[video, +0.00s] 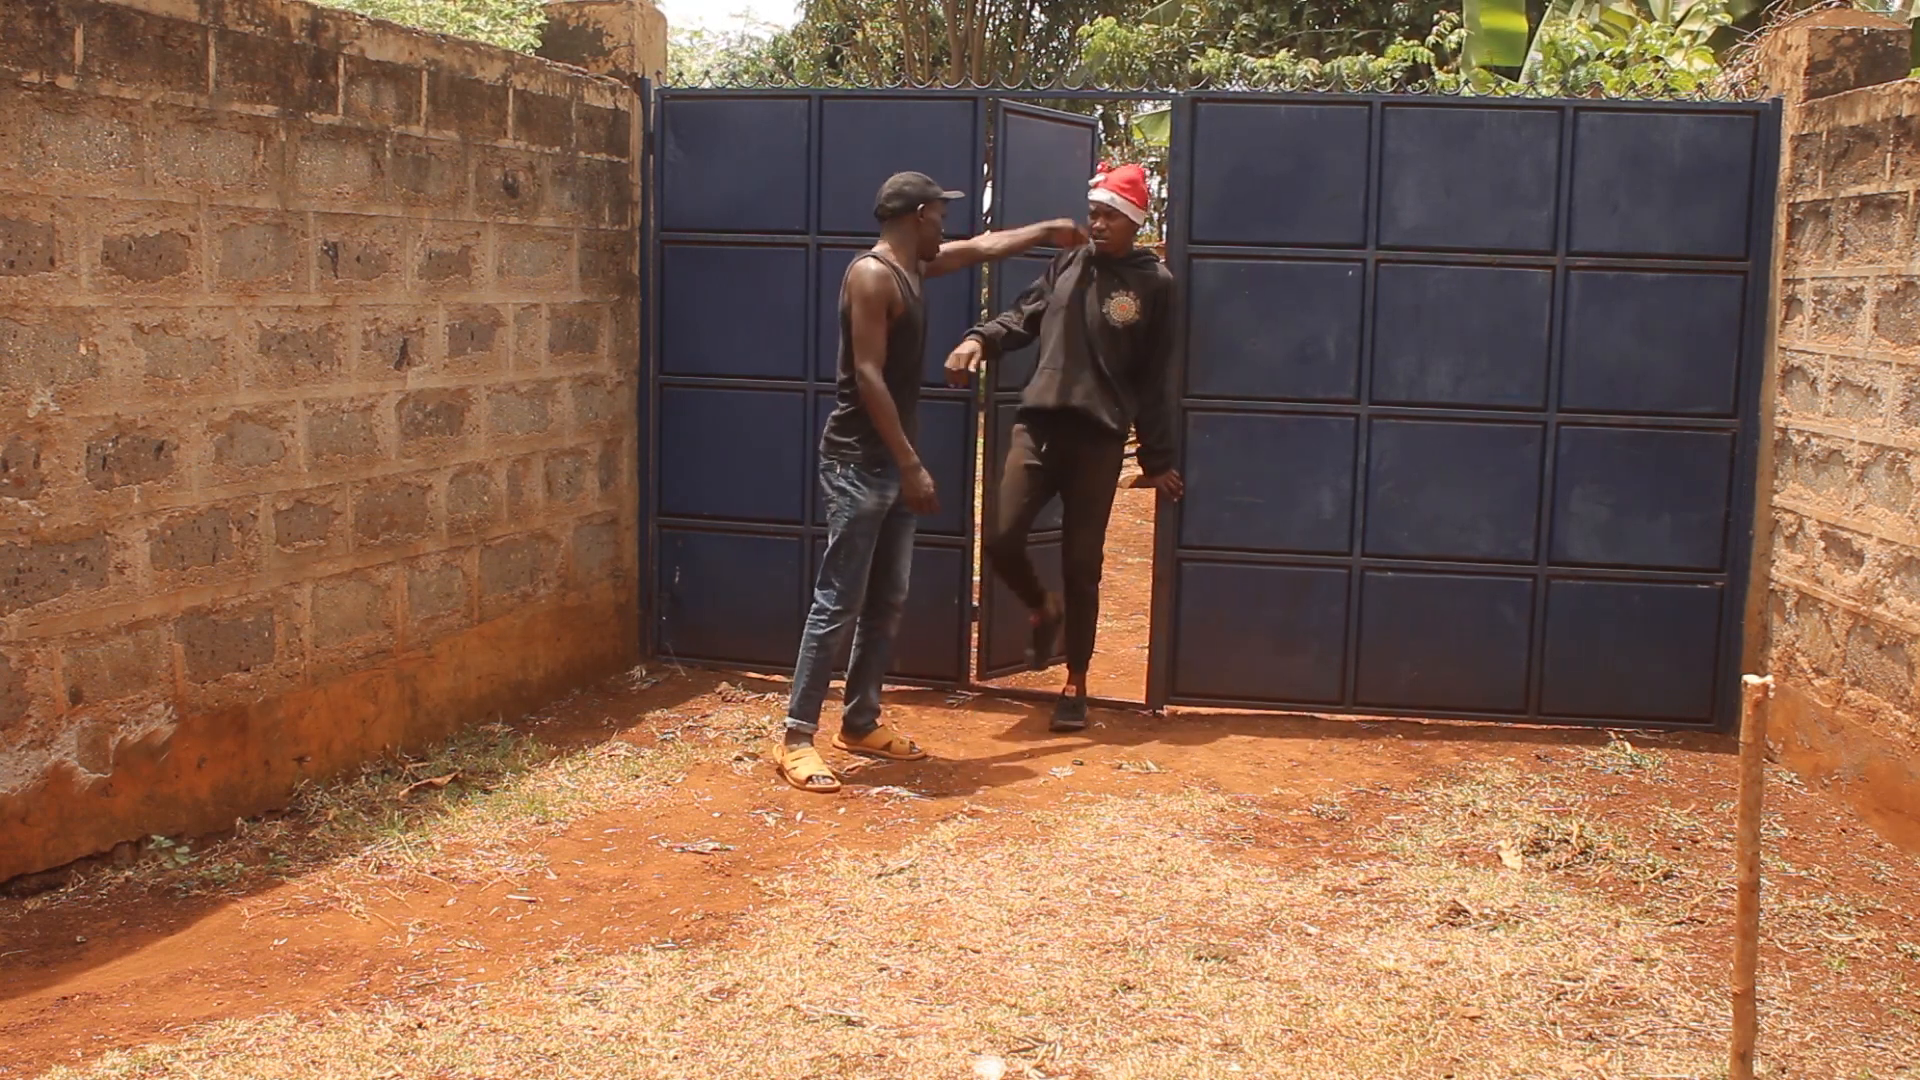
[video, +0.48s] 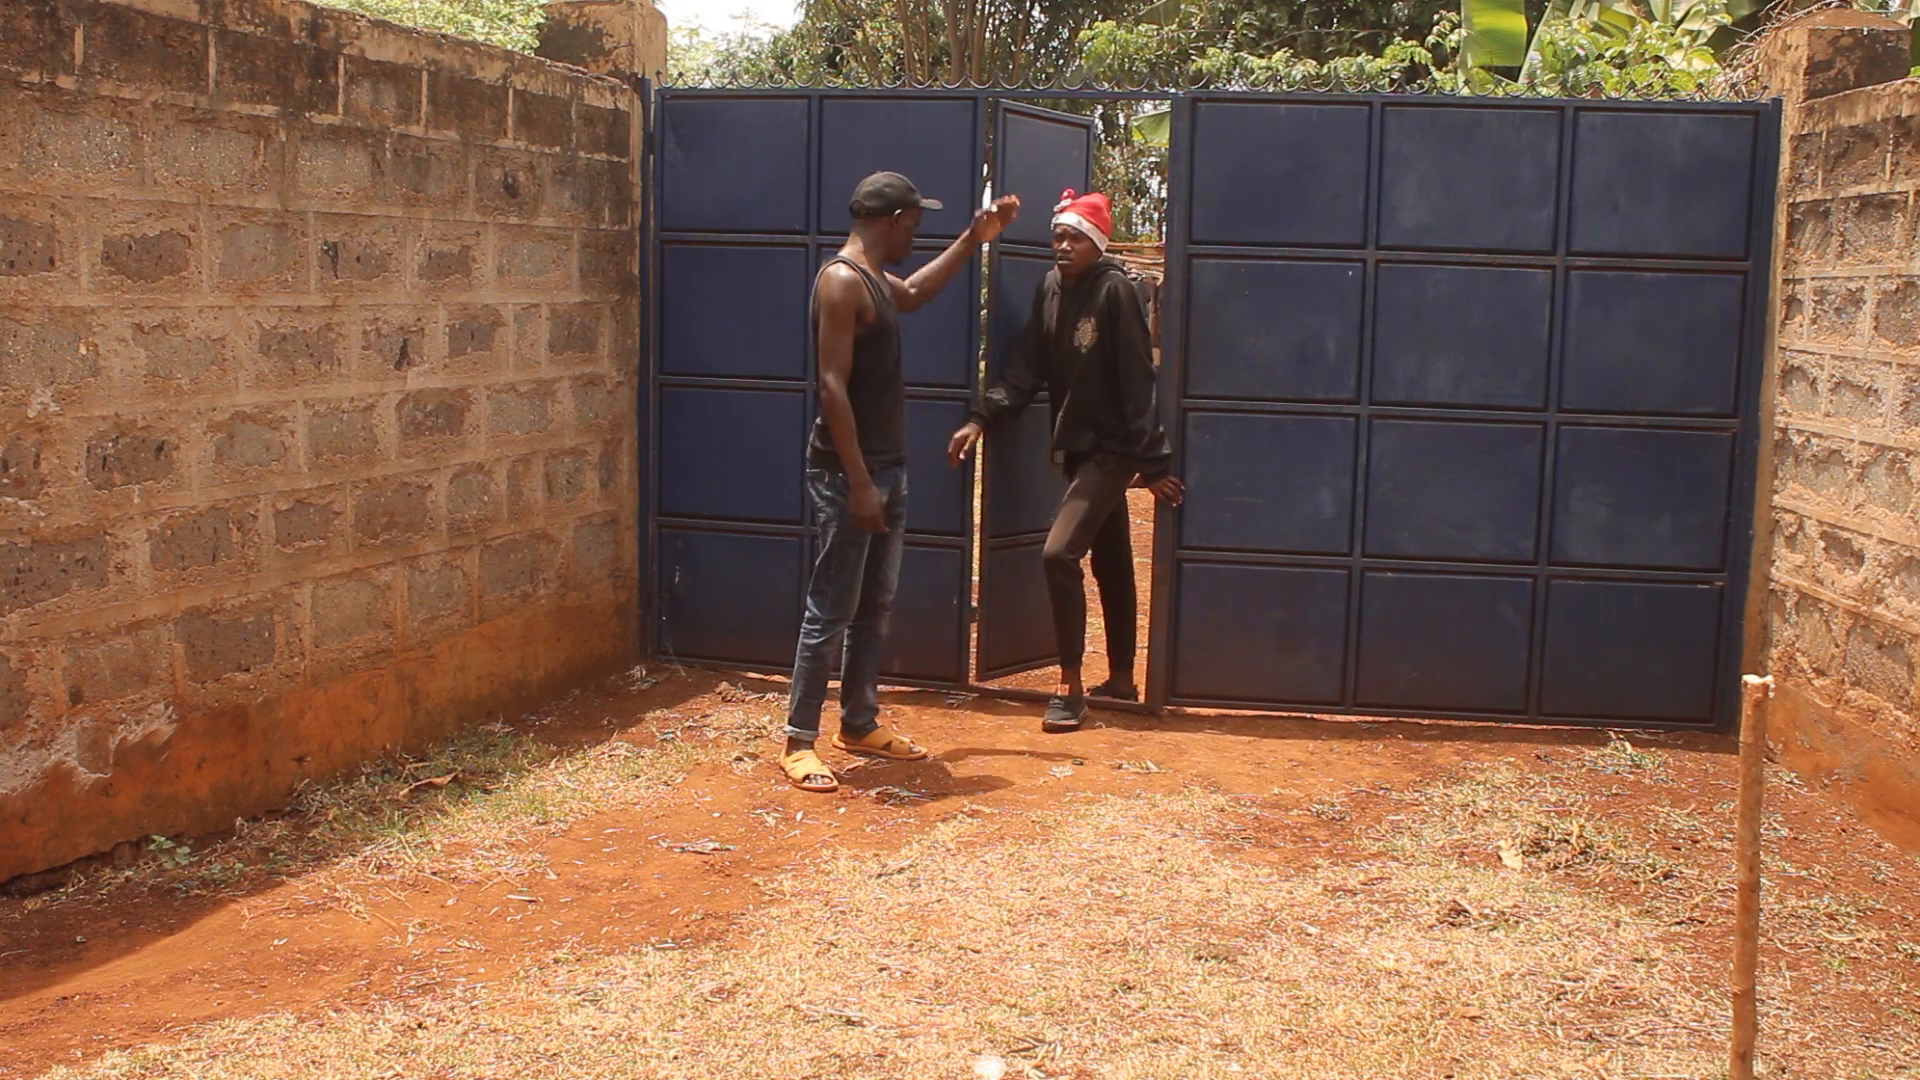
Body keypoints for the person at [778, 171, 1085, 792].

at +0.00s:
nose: (945, 225)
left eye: (944, 216)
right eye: (941, 214)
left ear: (913, 217)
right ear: (920, 216)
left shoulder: (914, 265)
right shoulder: (872, 275)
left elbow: (984, 246)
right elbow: (868, 376)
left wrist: (1049, 230)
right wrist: (910, 465)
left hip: (897, 459)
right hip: (857, 459)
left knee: (887, 600)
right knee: (836, 602)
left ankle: (862, 726)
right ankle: (797, 739)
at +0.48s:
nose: (916, 233)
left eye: (918, 225)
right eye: (915, 223)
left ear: (881, 219)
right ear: (893, 219)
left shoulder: (875, 275)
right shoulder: (841, 280)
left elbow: (912, 293)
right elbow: (831, 386)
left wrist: (974, 238)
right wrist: (859, 480)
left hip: (887, 465)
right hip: (845, 468)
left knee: (874, 605)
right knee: (830, 609)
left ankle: (860, 725)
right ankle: (800, 743)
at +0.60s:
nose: (914, 235)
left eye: (914, 224)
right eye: (911, 223)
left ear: (880, 219)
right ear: (887, 219)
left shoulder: (871, 277)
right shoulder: (835, 282)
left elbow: (892, 326)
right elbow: (825, 388)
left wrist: (965, 302)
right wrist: (854, 480)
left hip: (881, 468)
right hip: (837, 470)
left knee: (872, 604)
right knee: (823, 610)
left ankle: (859, 725)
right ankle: (799, 743)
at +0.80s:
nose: (912, 231)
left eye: (912, 220)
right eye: (908, 220)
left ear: (877, 219)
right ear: (881, 219)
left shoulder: (870, 278)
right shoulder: (832, 281)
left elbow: (874, 370)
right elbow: (819, 385)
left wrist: (941, 390)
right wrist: (850, 480)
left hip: (876, 468)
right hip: (831, 470)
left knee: (867, 605)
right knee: (813, 609)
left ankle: (861, 727)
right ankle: (799, 745)